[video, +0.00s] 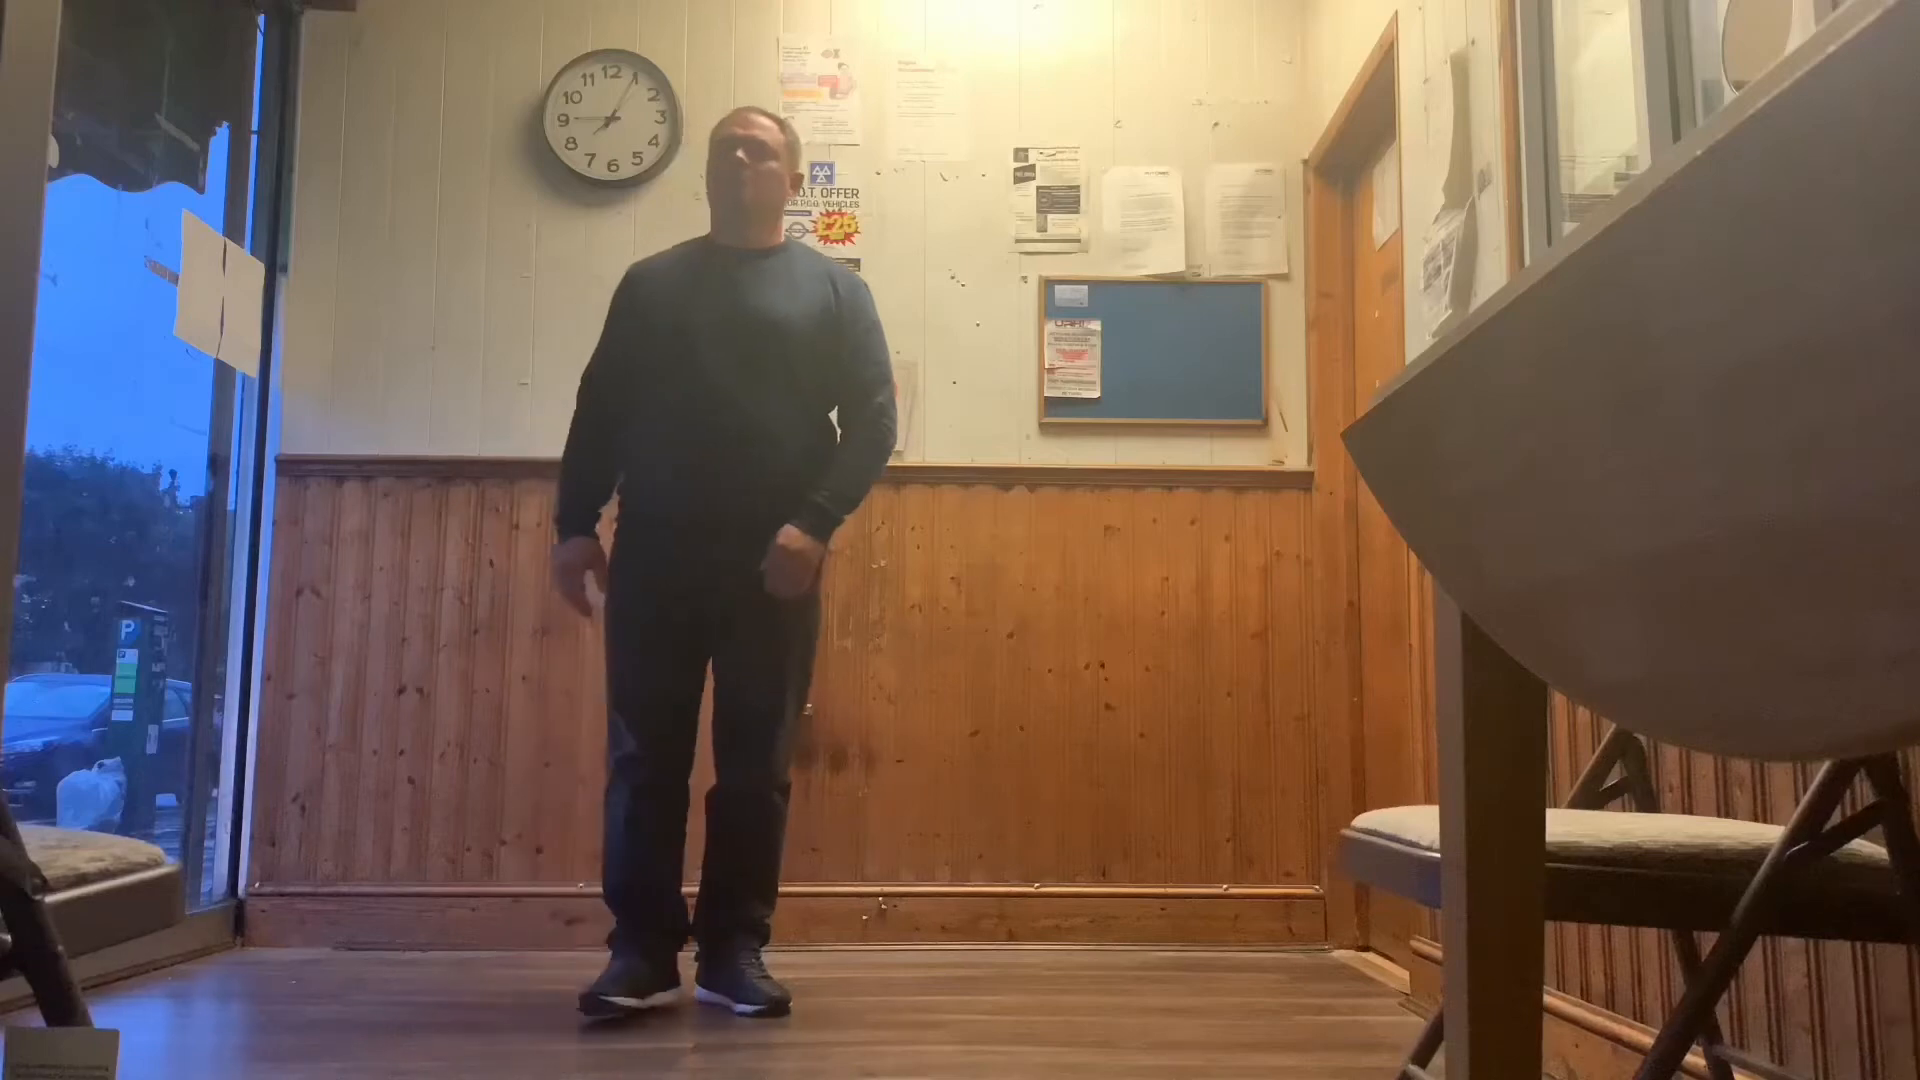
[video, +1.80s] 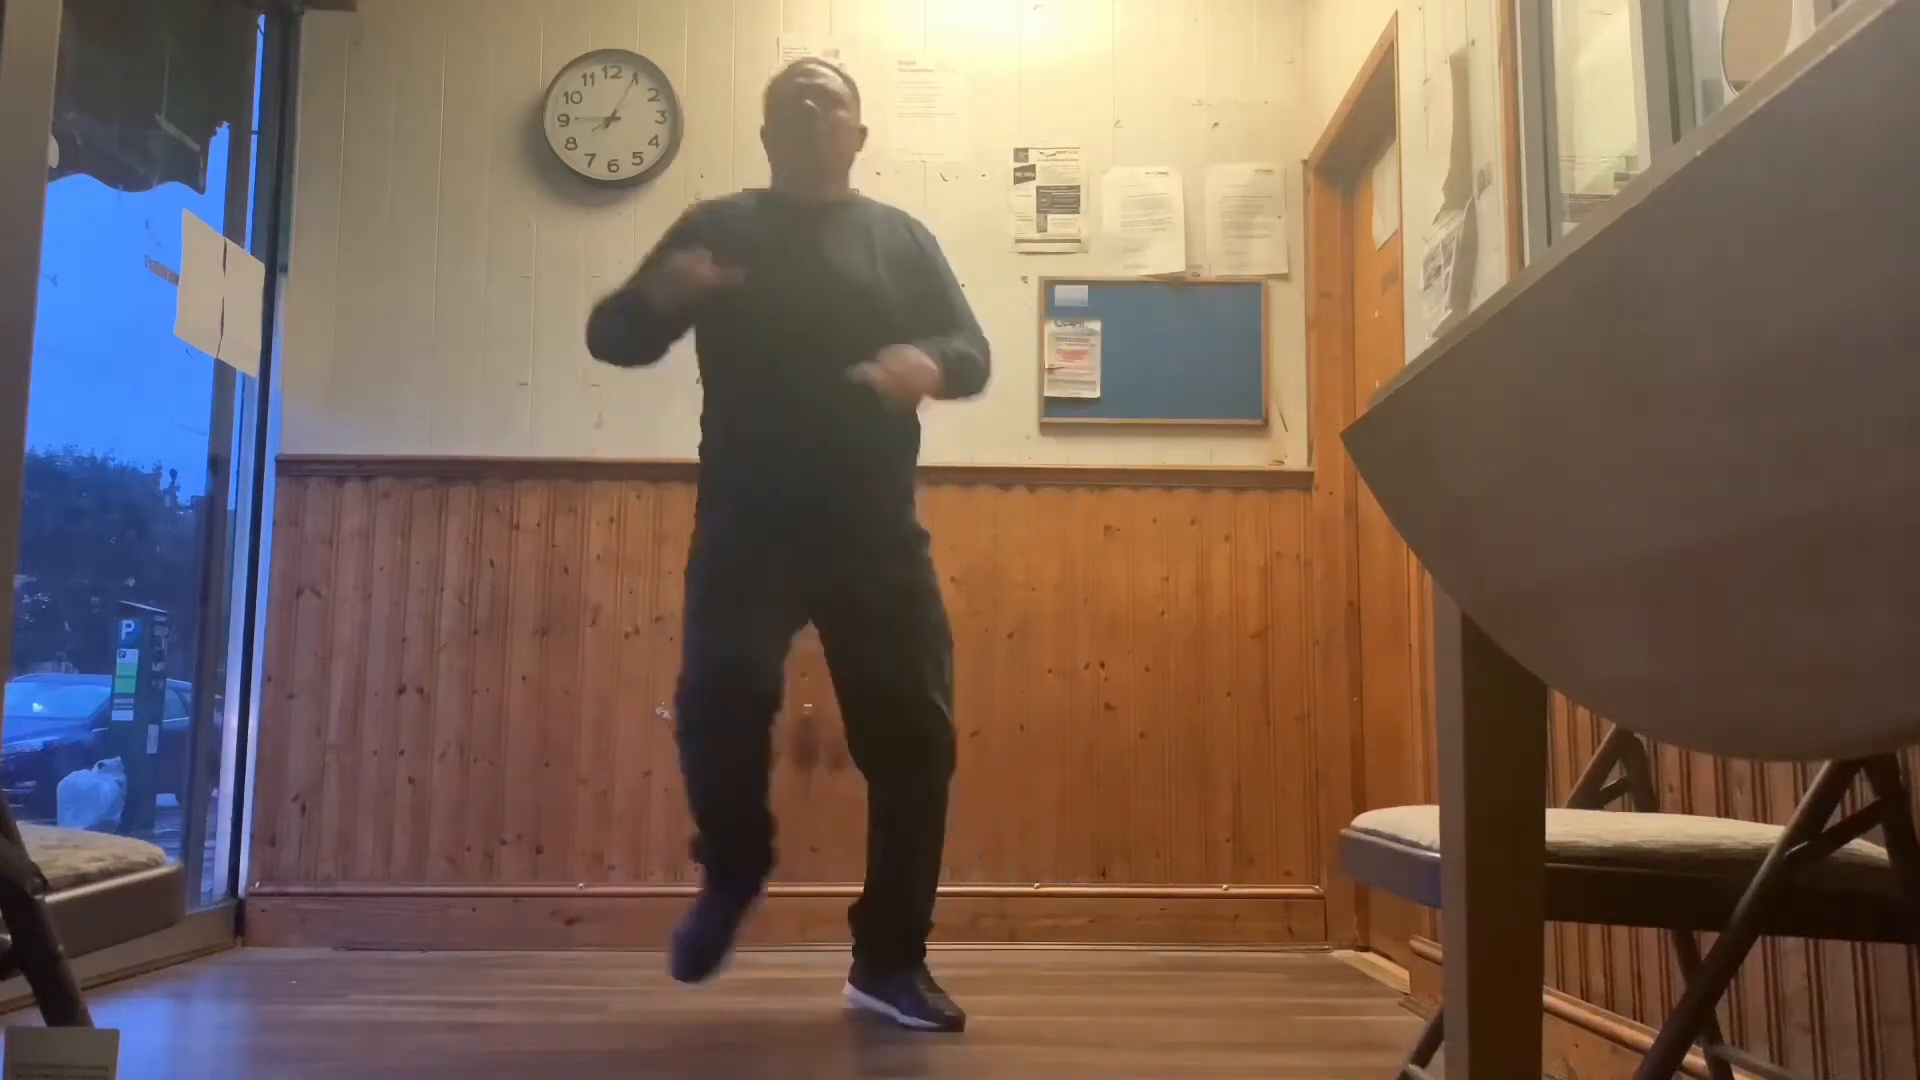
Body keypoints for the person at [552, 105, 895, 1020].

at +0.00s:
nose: (735, 158)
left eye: (757, 149)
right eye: (723, 148)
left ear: (794, 183)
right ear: (703, 177)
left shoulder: (836, 292)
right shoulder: (650, 284)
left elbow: (871, 428)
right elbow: (598, 409)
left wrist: (815, 524)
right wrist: (576, 525)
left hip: (770, 567)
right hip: (656, 560)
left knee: (754, 773)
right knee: (643, 765)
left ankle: (733, 955)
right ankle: (641, 956)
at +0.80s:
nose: (732, 131)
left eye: (751, 124)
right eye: (713, 119)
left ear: (779, 160)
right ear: (683, 152)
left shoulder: (815, 267)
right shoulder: (622, 256)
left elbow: (873, 391)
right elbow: (562, 377)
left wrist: (838, 415)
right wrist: (657, 409)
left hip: (784, 554)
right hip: (656, 554)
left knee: (821, 749)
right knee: (648, 767)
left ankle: (840, 963)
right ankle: (650, 962)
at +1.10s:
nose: (811, 133)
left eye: (822, 123)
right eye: (788, 120)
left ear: (842, 153)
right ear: (744, 150)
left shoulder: (889, 258)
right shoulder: (702, 259)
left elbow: (936, 370)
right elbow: (663, 387)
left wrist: (939, 422)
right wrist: (776, 408)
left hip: (868, 557)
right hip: (741, 557)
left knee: (882, 777)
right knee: (702, 759)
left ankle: (838, 972)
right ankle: (660, 941)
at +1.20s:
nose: (830, 124)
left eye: (841, 110)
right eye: (806, 111)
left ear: (861, 133)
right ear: (762, 135)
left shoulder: (909, 231)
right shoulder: (722, 244)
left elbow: (974, 357)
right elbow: (672, 363)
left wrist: (1038, 471)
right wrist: (679, 457)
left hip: (895, 534)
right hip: (772, 530)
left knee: (912, 752)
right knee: (768, 735)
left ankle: (848, 956)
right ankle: (739, 933)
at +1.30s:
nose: (842, 114)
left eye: (853, 100)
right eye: (818, 103)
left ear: (875, 123)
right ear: (775, 128)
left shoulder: (924, 213)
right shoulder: (735, 233)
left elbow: (1019, 315)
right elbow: (627, 332)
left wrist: (1124, 400)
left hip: (919, 517)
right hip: (799, 525)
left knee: (971, 733)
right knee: (838, 746)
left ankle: (867, 929)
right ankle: (885, 982)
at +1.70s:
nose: (845, 132)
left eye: (863, 121)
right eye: (824, 122)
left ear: (892, 158)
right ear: (794, 158)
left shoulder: (931, 270)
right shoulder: (745, 265)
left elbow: (1003, 388)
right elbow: (677, 376)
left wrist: (1086, 472)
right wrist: (602, 447)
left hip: (899, 542)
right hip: (778, 540)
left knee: (945, 757)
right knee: (823, 726)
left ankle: (900, 959)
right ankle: (870, 977)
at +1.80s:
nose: (813, 117)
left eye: (830, 105)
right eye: (795, 104)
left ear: (860, 136)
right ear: (765, 135)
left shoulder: (902, 240)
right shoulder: (715, 229)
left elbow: (973, 356)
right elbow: (608, 340)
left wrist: (930, 363)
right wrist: (662, 296)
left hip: (874, 532)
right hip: (748, 529)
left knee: (916, 740)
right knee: (714, 712)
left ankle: (891, 966)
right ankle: (734, 872)